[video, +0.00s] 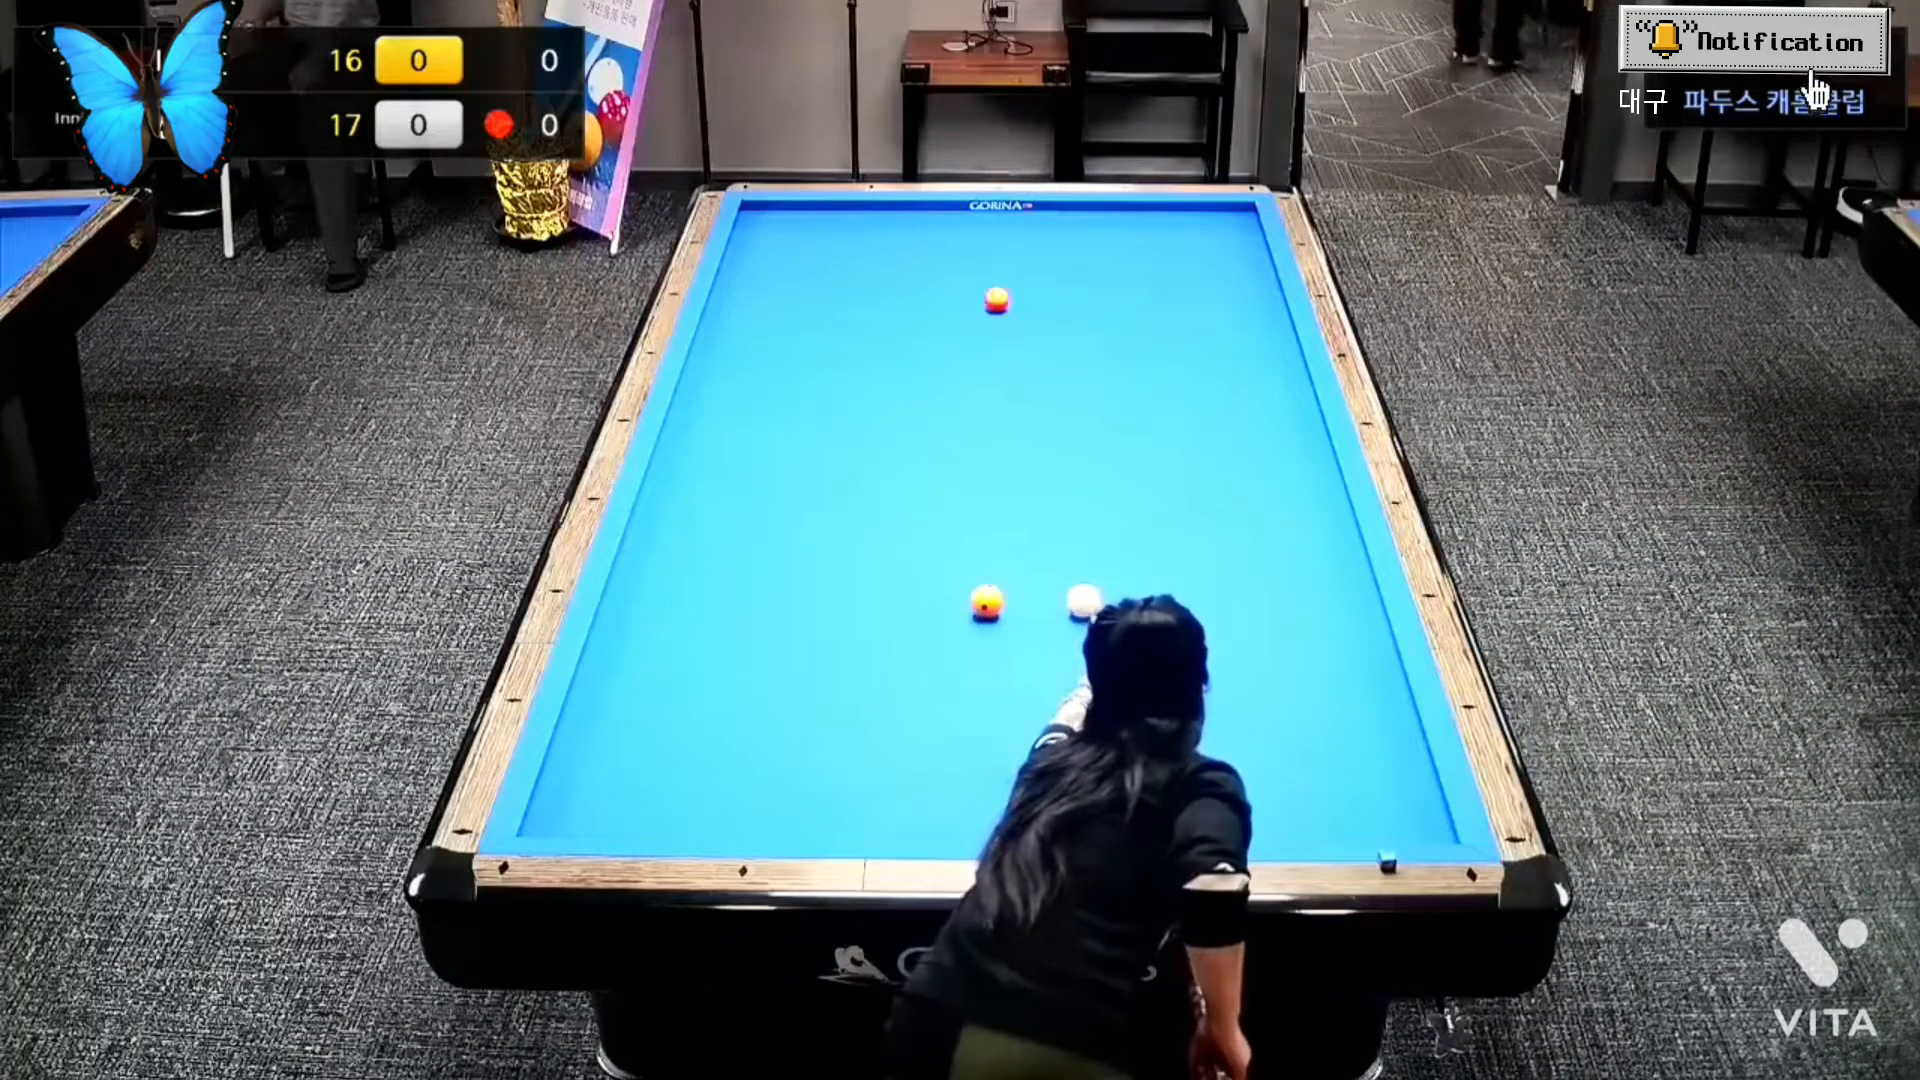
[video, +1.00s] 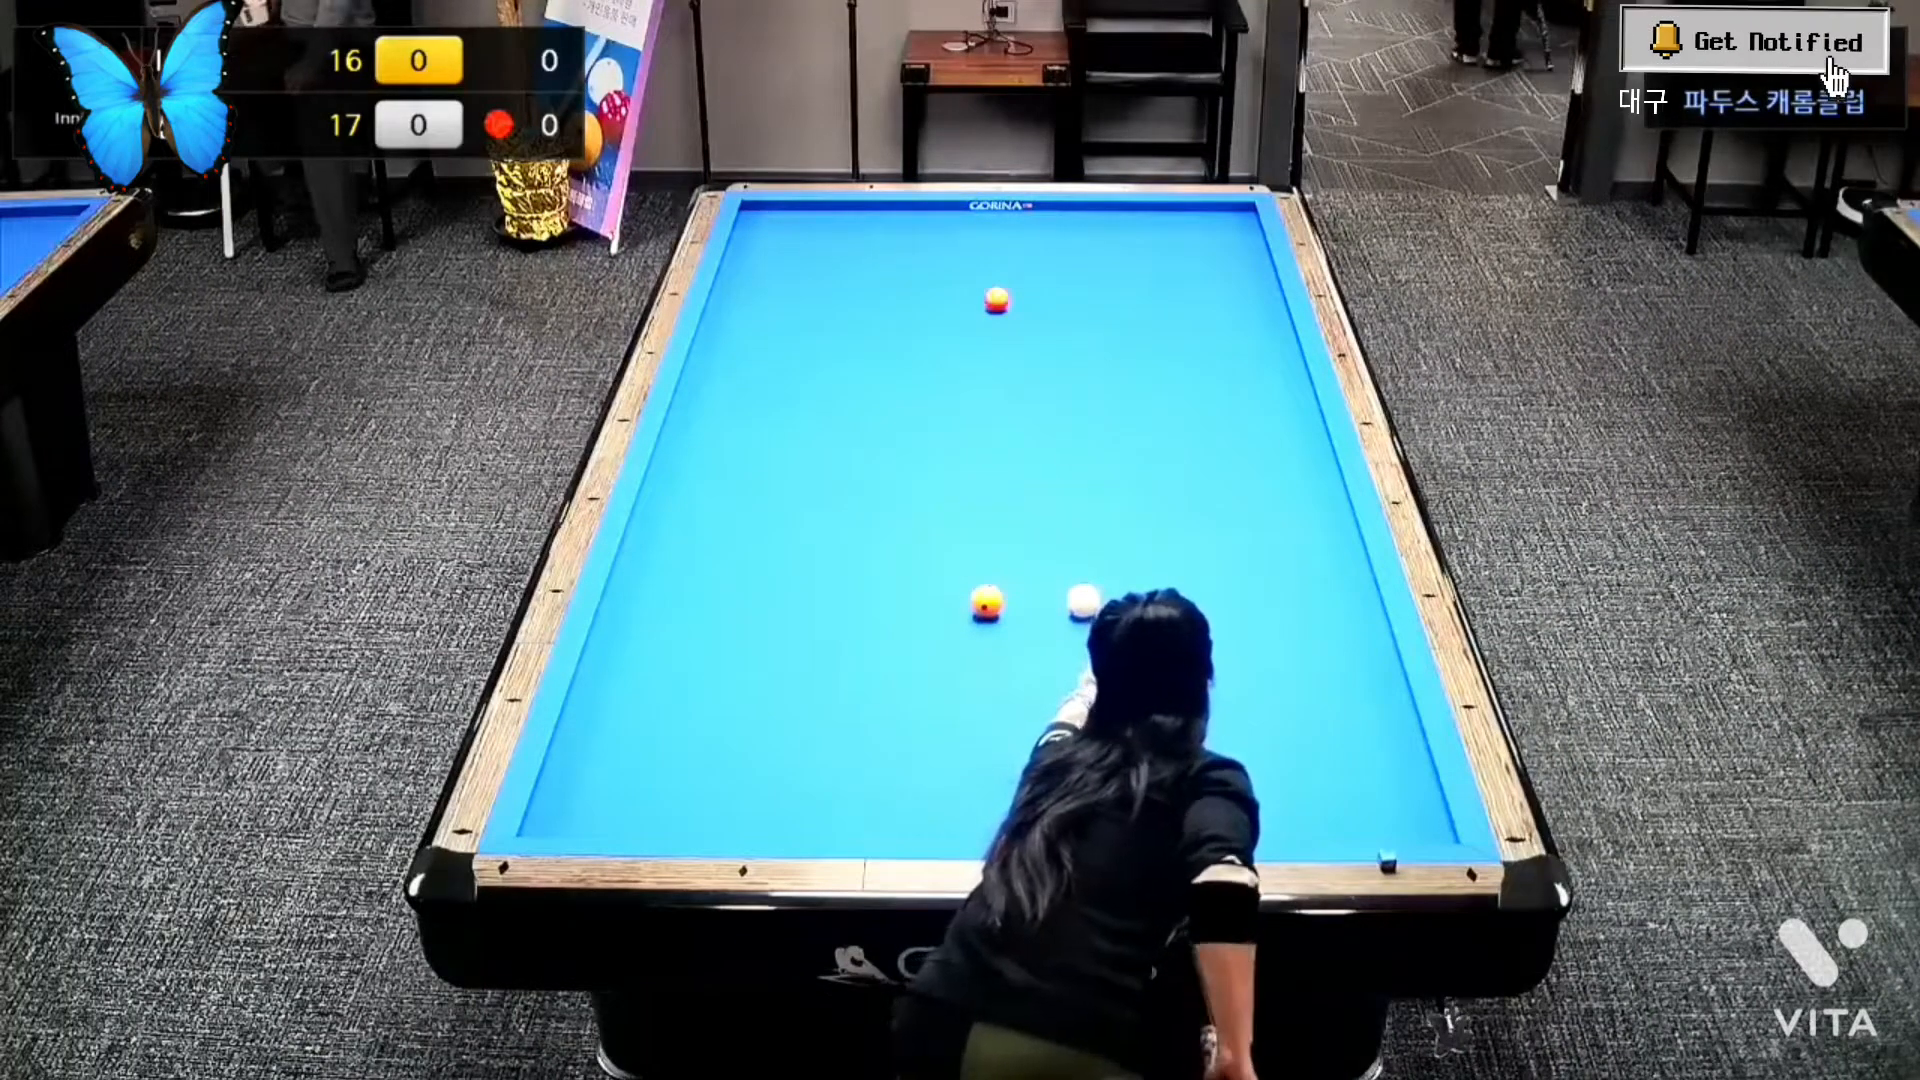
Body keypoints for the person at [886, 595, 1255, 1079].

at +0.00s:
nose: (1209, 681)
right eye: (1204, 671)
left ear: (1099, 687)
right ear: (1195, 684)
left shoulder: (1052, 758)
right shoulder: (1205, 781)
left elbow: (1077, 704)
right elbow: (1212, 889)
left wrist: (1099, 669)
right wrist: (1222, 1024)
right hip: (1083, 1041)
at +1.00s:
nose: (1214, 677)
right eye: (1209, 667)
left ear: (1102, 682)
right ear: (1200, 679)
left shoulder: (1055, 755)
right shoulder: (1212, 776)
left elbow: (1079, 705)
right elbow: (1221, 894)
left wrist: (1097, 673)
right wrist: (1234, 1052)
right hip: (1091, 1038)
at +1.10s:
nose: (1216, 672)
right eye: (1210, 662)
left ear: (1105, 679)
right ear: (1201, 676)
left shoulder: (1056, 755)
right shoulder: (1214, 775)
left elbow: (1078, 707)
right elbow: (1224, 896)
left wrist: (1101, 671)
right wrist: (1236, 1050)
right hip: (1101, 1040)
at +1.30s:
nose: (1219, 665)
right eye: (1212, 653)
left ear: (1107, 671)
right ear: (1202, 669)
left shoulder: (1059, 747)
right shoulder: (1218, 769)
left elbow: (1083, 698)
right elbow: (1233, 884)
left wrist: (1105, 660)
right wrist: (1239, 1041)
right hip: (1114, 1038)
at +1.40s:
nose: (1221, 665)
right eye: (1214, 654)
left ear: (1108, 669)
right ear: (1204, 668)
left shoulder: (1058, 748)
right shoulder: (1219, 770)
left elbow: (1085, 697)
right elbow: (1239, 887)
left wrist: (1106, 661)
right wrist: (1235, 976)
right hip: (1112, 1034)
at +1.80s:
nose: (1216, 661)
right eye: (1210, 649)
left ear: (1108, 661)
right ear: (1200, 662)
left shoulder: (1054, 744)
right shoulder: (1219, 769)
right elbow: (1238, 882)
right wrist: (1228, 943)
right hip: (1106, 1034)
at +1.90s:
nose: (1212, 662)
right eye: (1205, 650)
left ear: (1106, 659)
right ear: (1199, 660)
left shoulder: (1053, 742)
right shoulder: (1218, 767)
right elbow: (1237, 878)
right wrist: (1226, 944)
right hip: (1106, 1032)